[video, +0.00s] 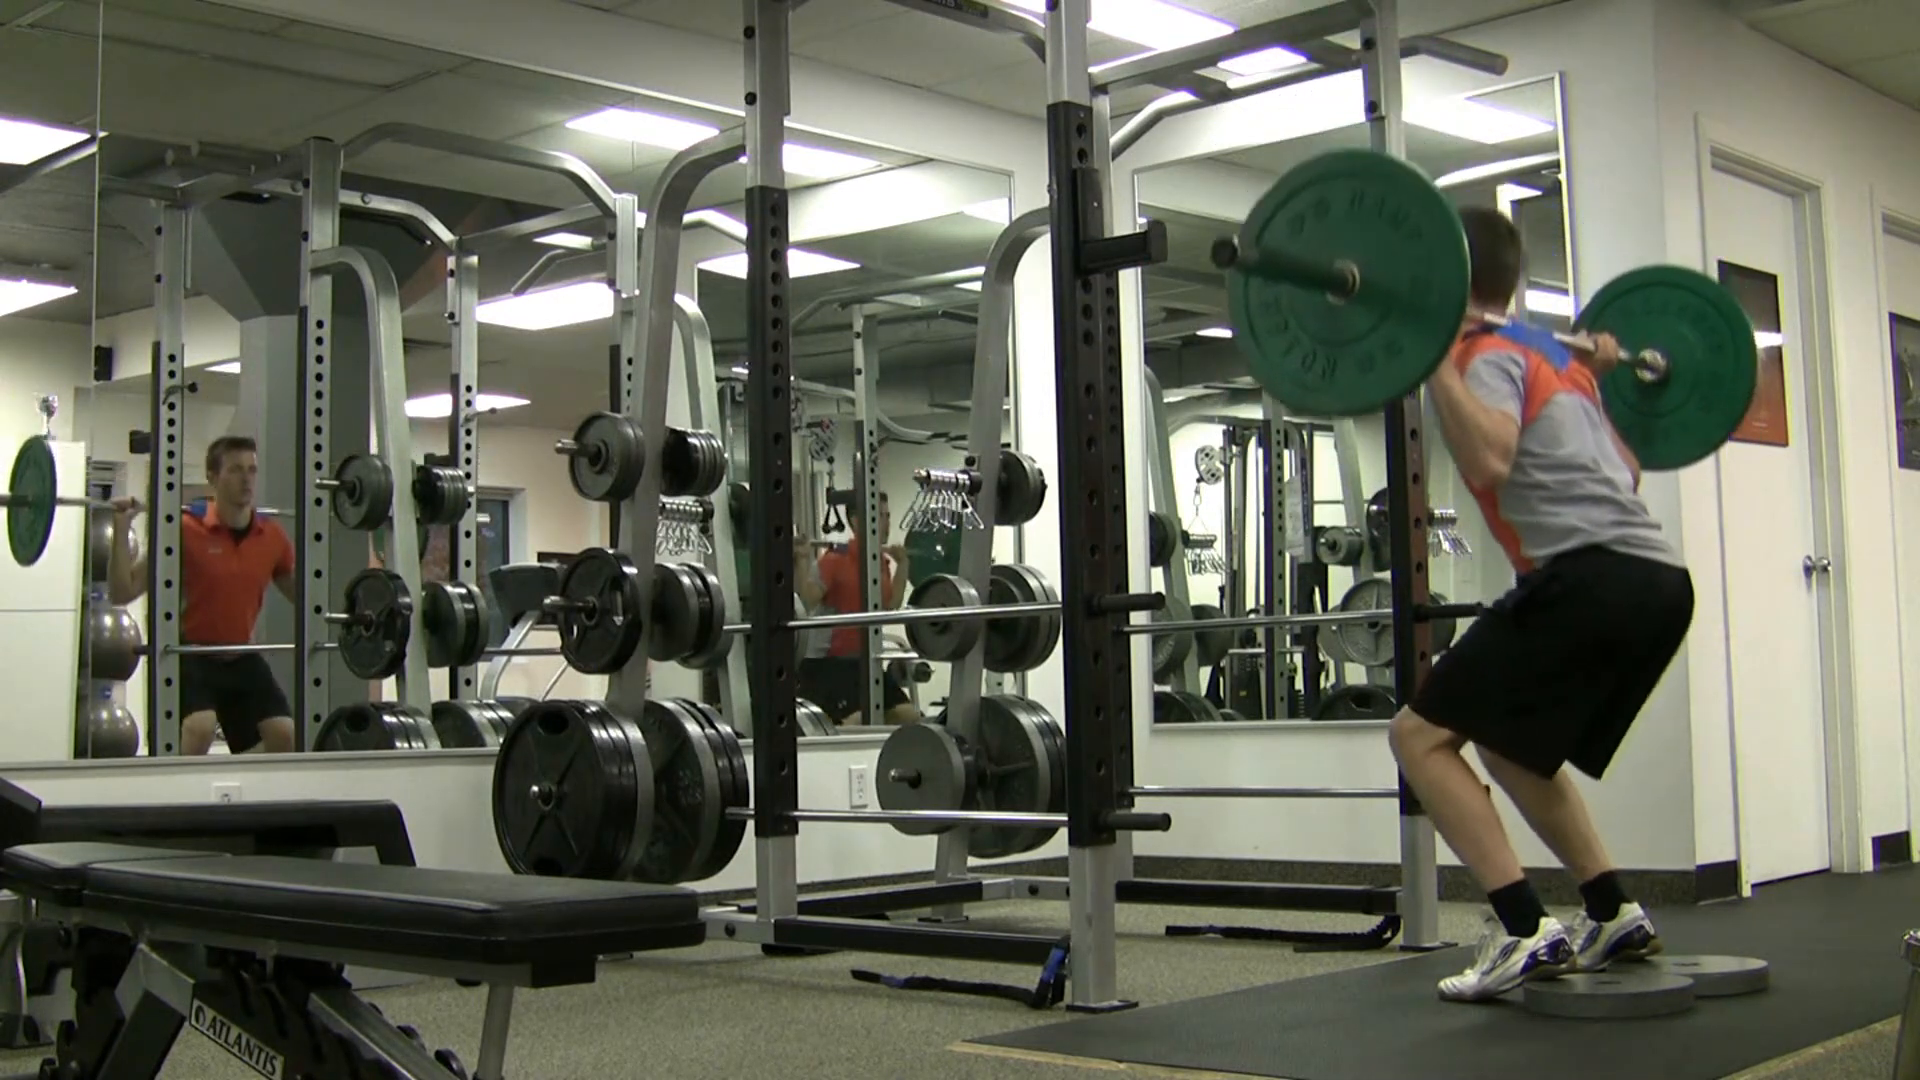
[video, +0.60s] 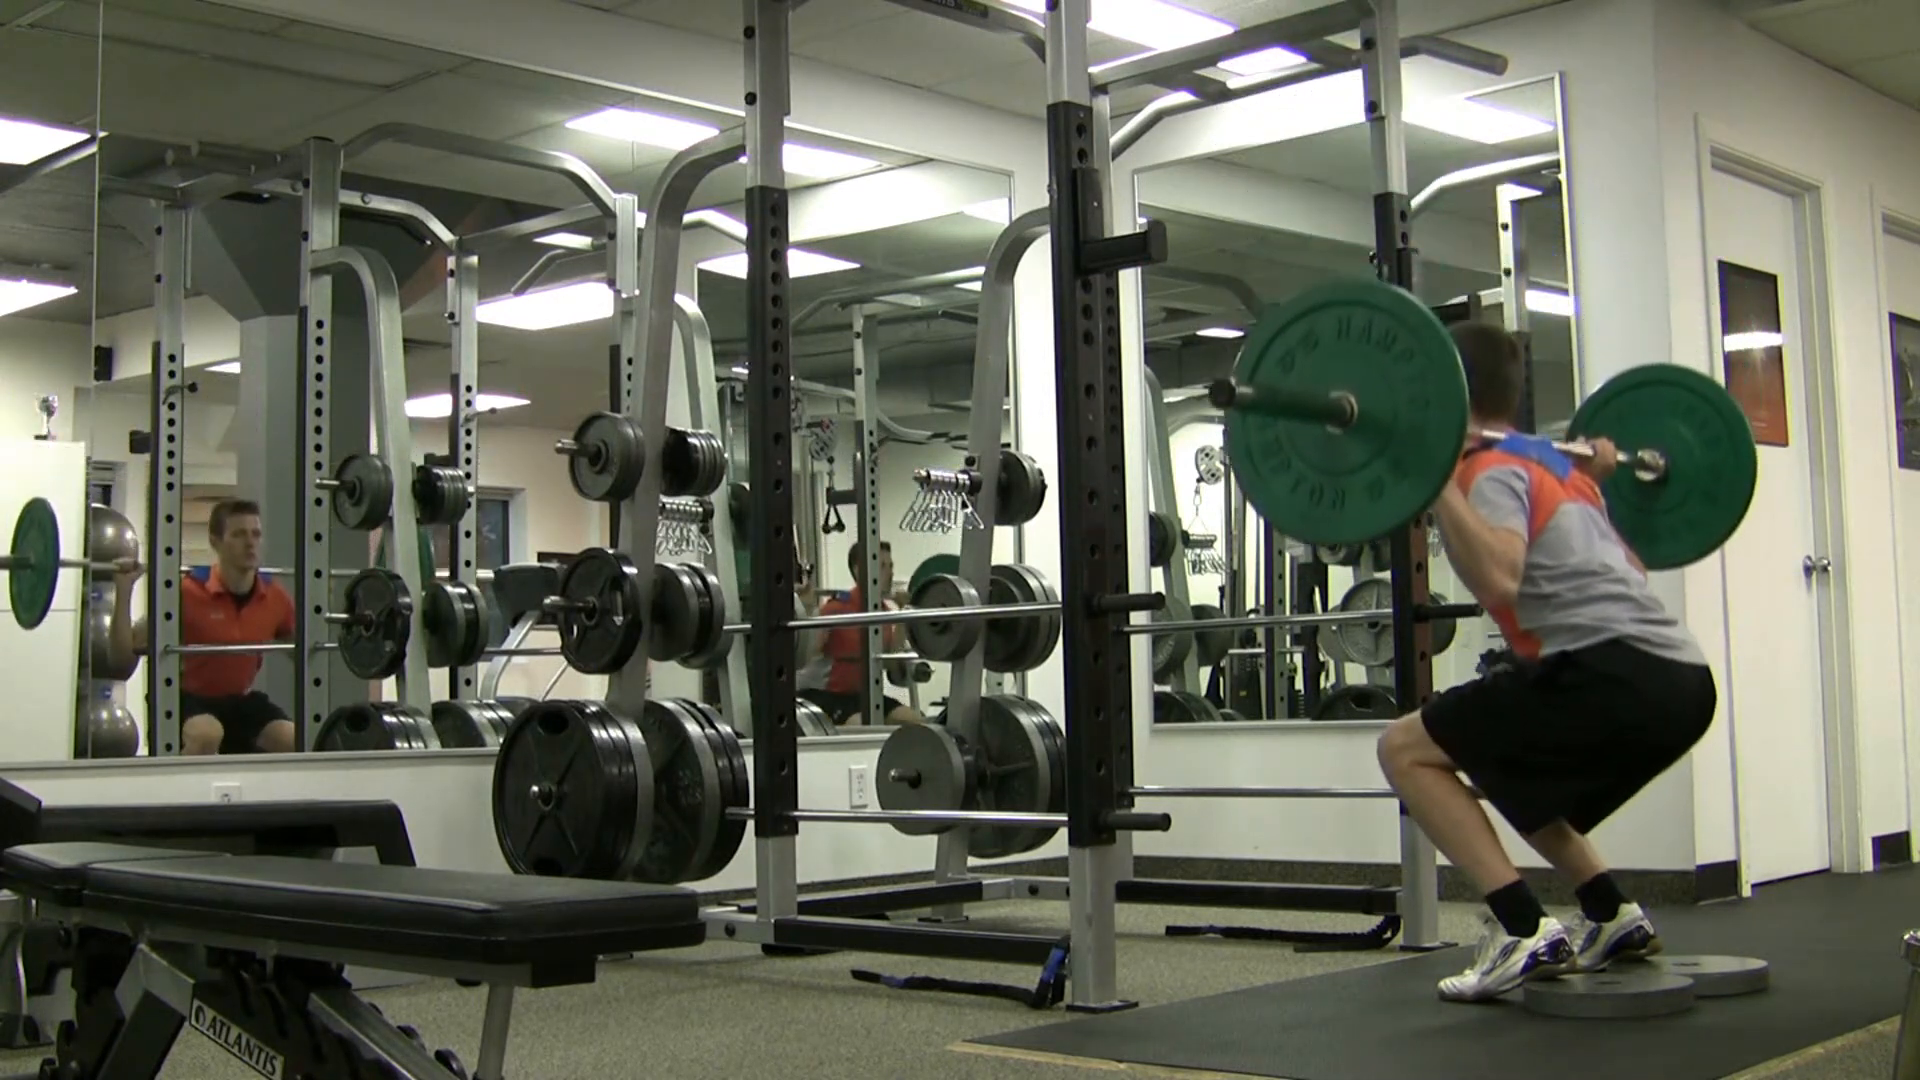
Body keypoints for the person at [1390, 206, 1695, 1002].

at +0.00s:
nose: (1426, 291)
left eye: (1432, 273)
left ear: (1446, 282)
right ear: (1514, 284)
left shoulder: (1489, 352)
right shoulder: (1560, 361)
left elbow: (1488, 462)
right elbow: (1626, 466)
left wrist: (1435, 361)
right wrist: (1594, 373)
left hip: (1587, 577)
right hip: (1659, 584)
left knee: (1418, 734)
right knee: (1511, 745)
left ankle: (1523, 927)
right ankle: (1613, 911)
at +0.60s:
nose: (1425, 402)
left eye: (1430, 387)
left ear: (1443, 396)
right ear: (1514, 396)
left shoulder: (1494, 468)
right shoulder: (1560, 465)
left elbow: (1498, 582)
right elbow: (1623, 563)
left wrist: (1436, 480)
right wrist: (1593, 477)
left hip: (1609, 676)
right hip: (1681, 684)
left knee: (1406, 748)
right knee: (1508, 773)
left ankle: (1523, 929)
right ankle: (1612, 914)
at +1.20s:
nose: (1423, 436)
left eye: (1427, 420)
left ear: (1439, 432)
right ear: (1511, 435)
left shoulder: (1490, 507)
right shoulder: (1551, 500)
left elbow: (1495, 617)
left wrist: (1429, 518)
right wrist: (1592, 505)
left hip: (1617, 708)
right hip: (1683, 718)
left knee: (1402, 751)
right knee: (1504, 774)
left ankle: (1524, 929)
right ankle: (1610, 913)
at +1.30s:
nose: (1417, 424)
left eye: (1421, 408)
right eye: (1420, 409)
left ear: (1438, 419)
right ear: (1506, 420)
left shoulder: (1489, 489)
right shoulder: (1549, 483)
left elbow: (1492, 599)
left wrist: (1426, 500)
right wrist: (1590, 492)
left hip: (1615, 693)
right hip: (1682, 700)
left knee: (1403, 749)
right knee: (1508, 770)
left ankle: (1524, 929)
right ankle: (1610, 912)